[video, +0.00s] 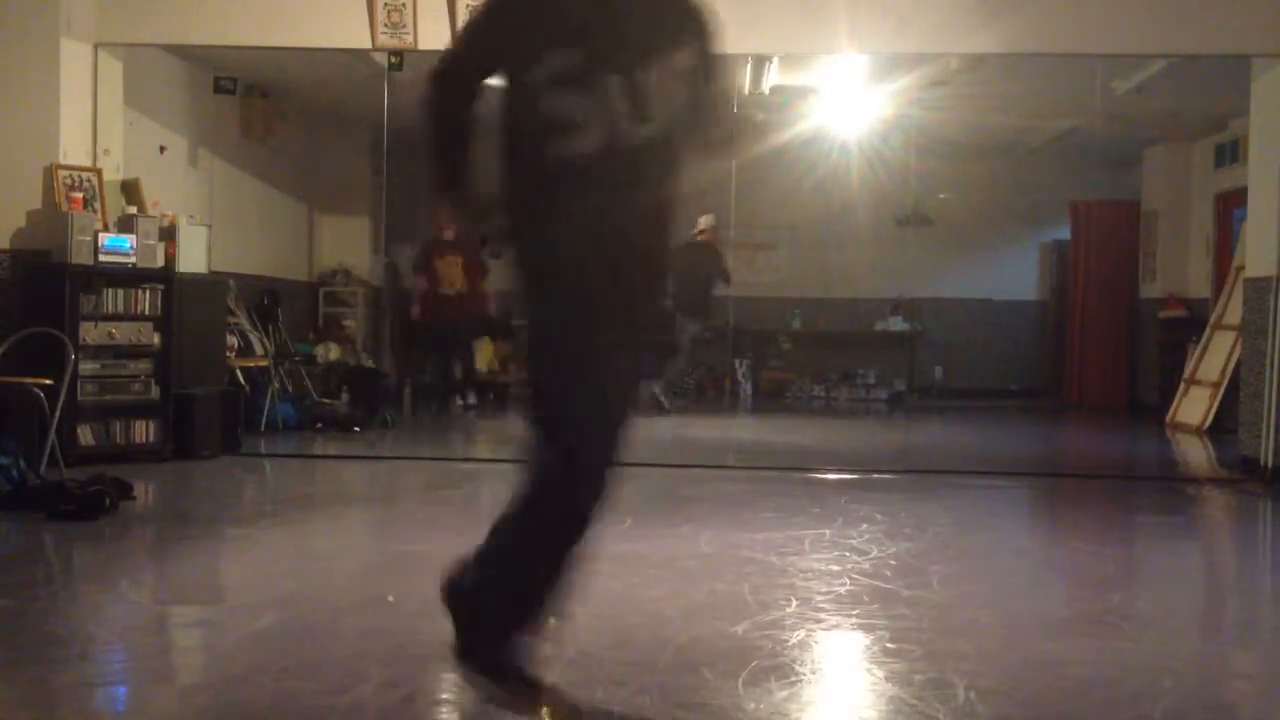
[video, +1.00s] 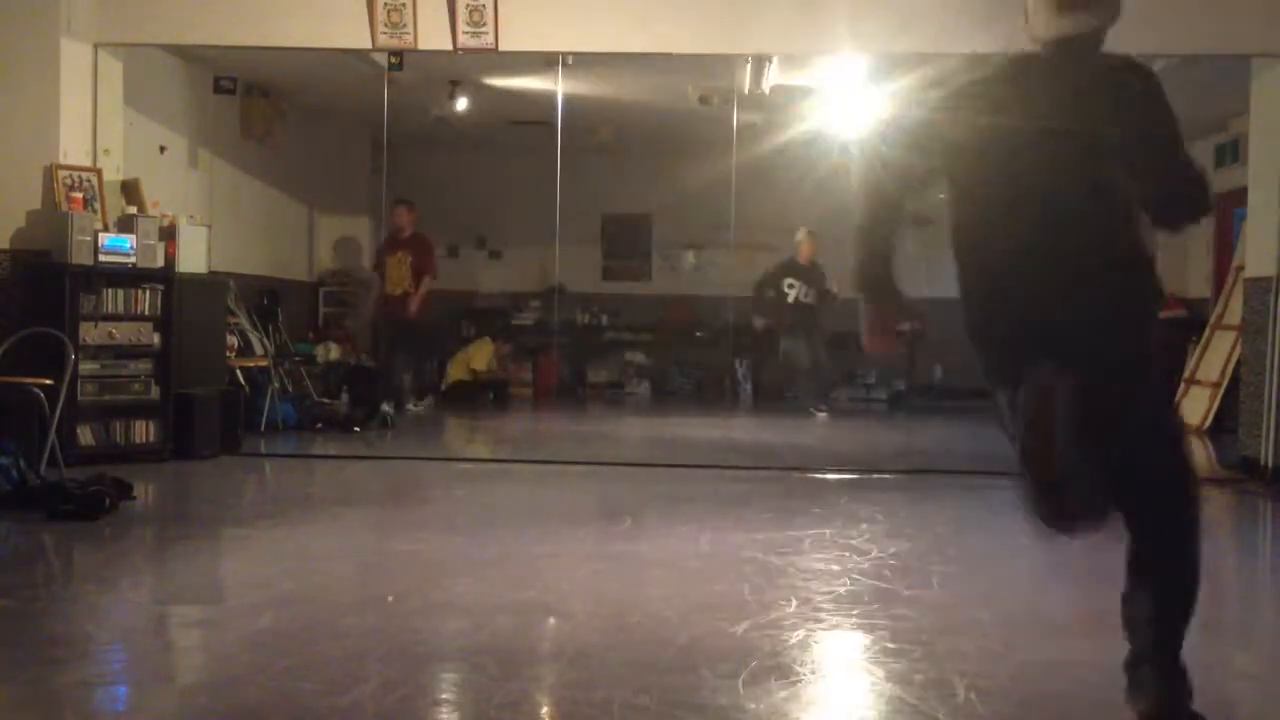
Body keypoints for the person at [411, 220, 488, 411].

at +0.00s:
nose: (446, 233)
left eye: (449, 228)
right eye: (442, 228)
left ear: (455, 227)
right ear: (437, 228)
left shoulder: (467, 247)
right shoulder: (429, 248)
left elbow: (480, 274)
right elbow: (421, 276)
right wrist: (417, 302)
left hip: (464, 310)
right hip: (438, 310)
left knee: (466, 355)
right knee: (441, 356)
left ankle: (469, 393)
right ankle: (443, 398)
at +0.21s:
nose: (433, 222)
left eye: (437, 218)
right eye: (430, 218)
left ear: (446, 220)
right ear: (427, 222)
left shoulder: (459, 247)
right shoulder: (422, 249)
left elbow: (474, 277)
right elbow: (414, 280)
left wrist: (479, 304)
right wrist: (411, 305)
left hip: (456, 309)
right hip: (430, 310)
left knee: (454, 354)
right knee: (435, 354)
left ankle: (455, 395)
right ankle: (438, 394)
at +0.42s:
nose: (424, 224)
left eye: (428, 219)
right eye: (422, 219)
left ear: (437, 222)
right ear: (418, 223)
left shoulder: (449, 249)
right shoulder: (411, 250)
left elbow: (463, 280)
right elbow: (404, 281)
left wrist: (470, 307)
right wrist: (409, 310)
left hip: (445, 312)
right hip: (421, 314)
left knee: (442, 358)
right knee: (425, 359)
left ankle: (444, 398)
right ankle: (428, 398)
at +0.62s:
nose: (414, 220)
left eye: (418, 215)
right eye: (412, 215)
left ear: (427, 218)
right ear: (409, 218)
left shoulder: (443, 245)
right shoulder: (403, 245)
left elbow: (452, 278)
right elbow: (394, 275)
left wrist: (453, 304)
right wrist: (391, 303)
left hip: (433, 310)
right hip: (407, 310)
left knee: (430, 354)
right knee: (408, 352)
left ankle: (429, 397)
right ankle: (412, 392)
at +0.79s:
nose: (407, 221)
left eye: (411, 216)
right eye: (405, 216)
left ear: (422, 217)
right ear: (401, 218)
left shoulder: (432, 243)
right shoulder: (395, 244)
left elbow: (440, 274)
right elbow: (390, 277)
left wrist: (435, 299)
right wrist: (384, 301)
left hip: (423, 309)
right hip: (398, 310)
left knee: (425, 356)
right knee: (394, 355)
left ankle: (425, 397)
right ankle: (394, 395)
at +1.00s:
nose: (397, 220)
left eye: (401, 215)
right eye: (394, 215)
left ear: (411, 217)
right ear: (391, 218)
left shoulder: (421, 243)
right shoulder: (386, 245)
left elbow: (428, 275)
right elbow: (379, 276)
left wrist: (416, 300)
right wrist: (374, 303)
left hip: (411, 308)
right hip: (388, 308)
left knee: (417, 353)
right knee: (387, 354)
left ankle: (421, 394)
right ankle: (389, 398)